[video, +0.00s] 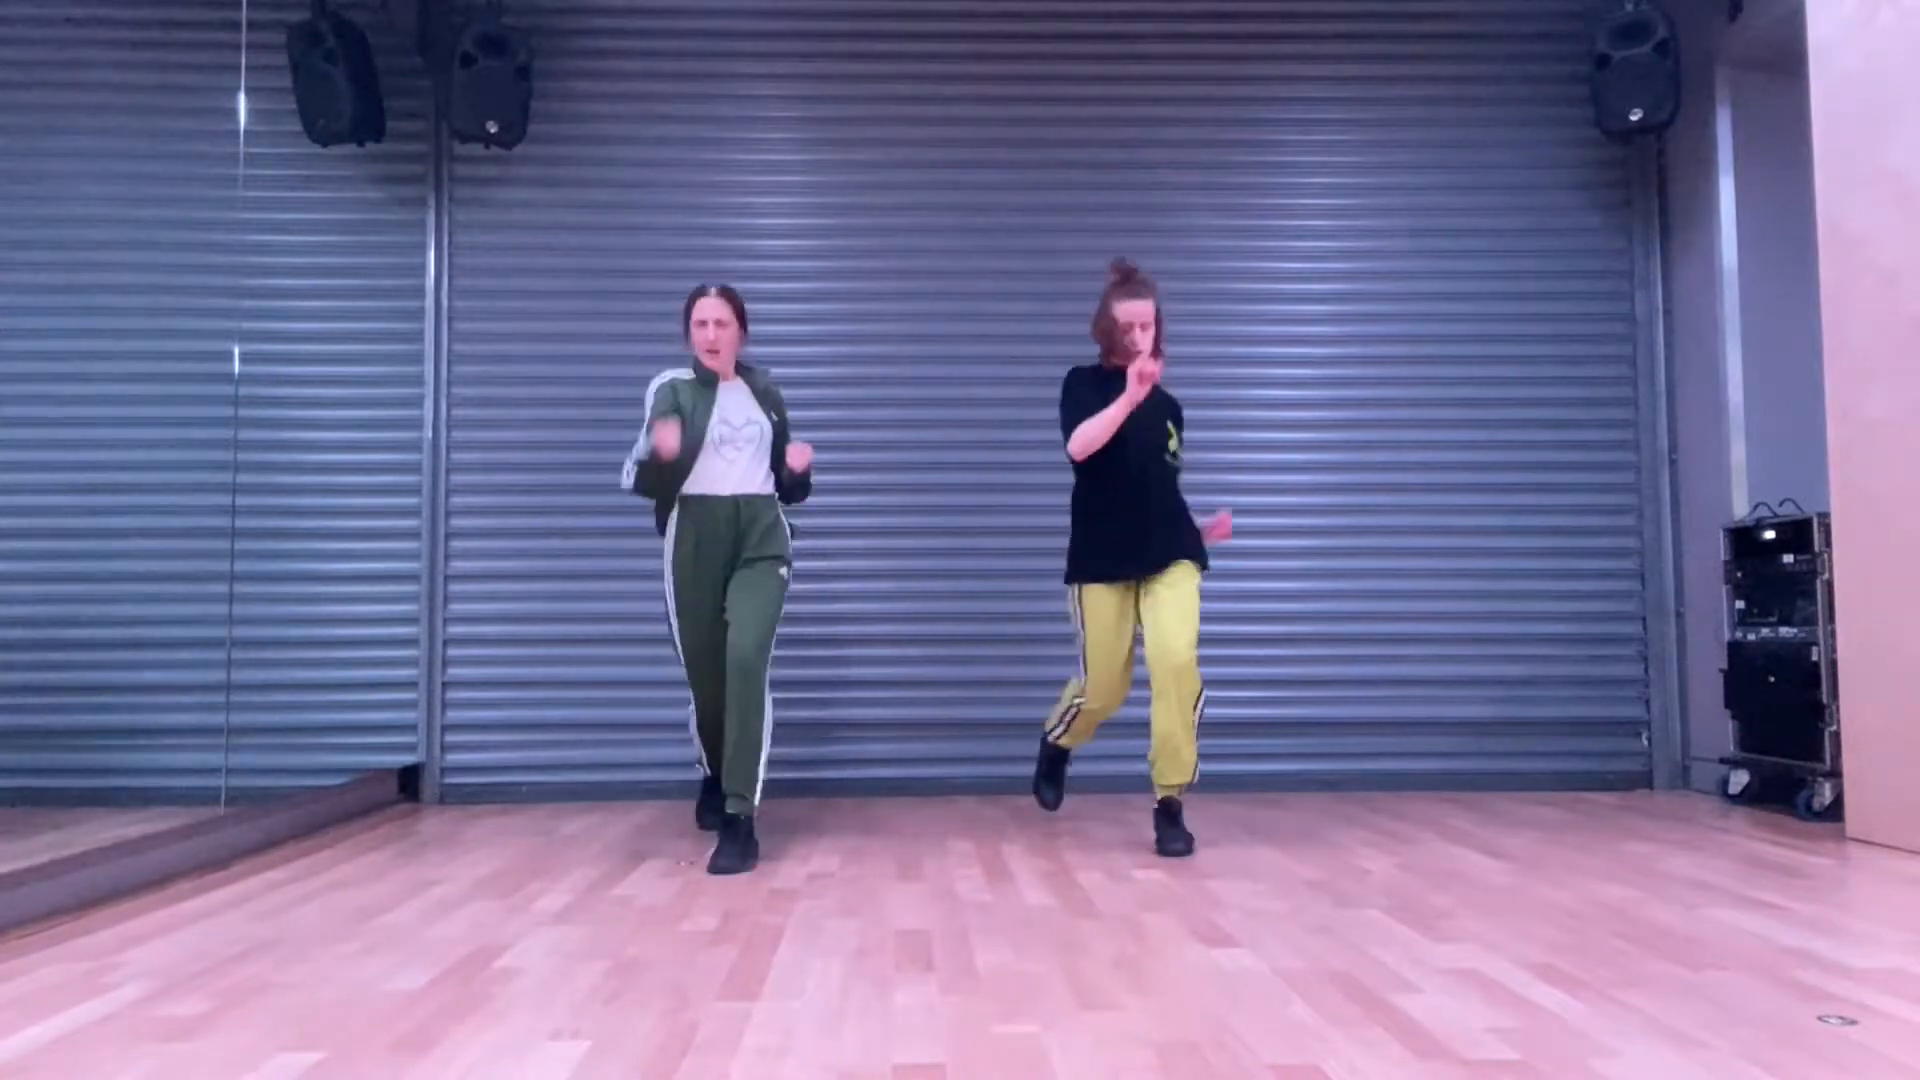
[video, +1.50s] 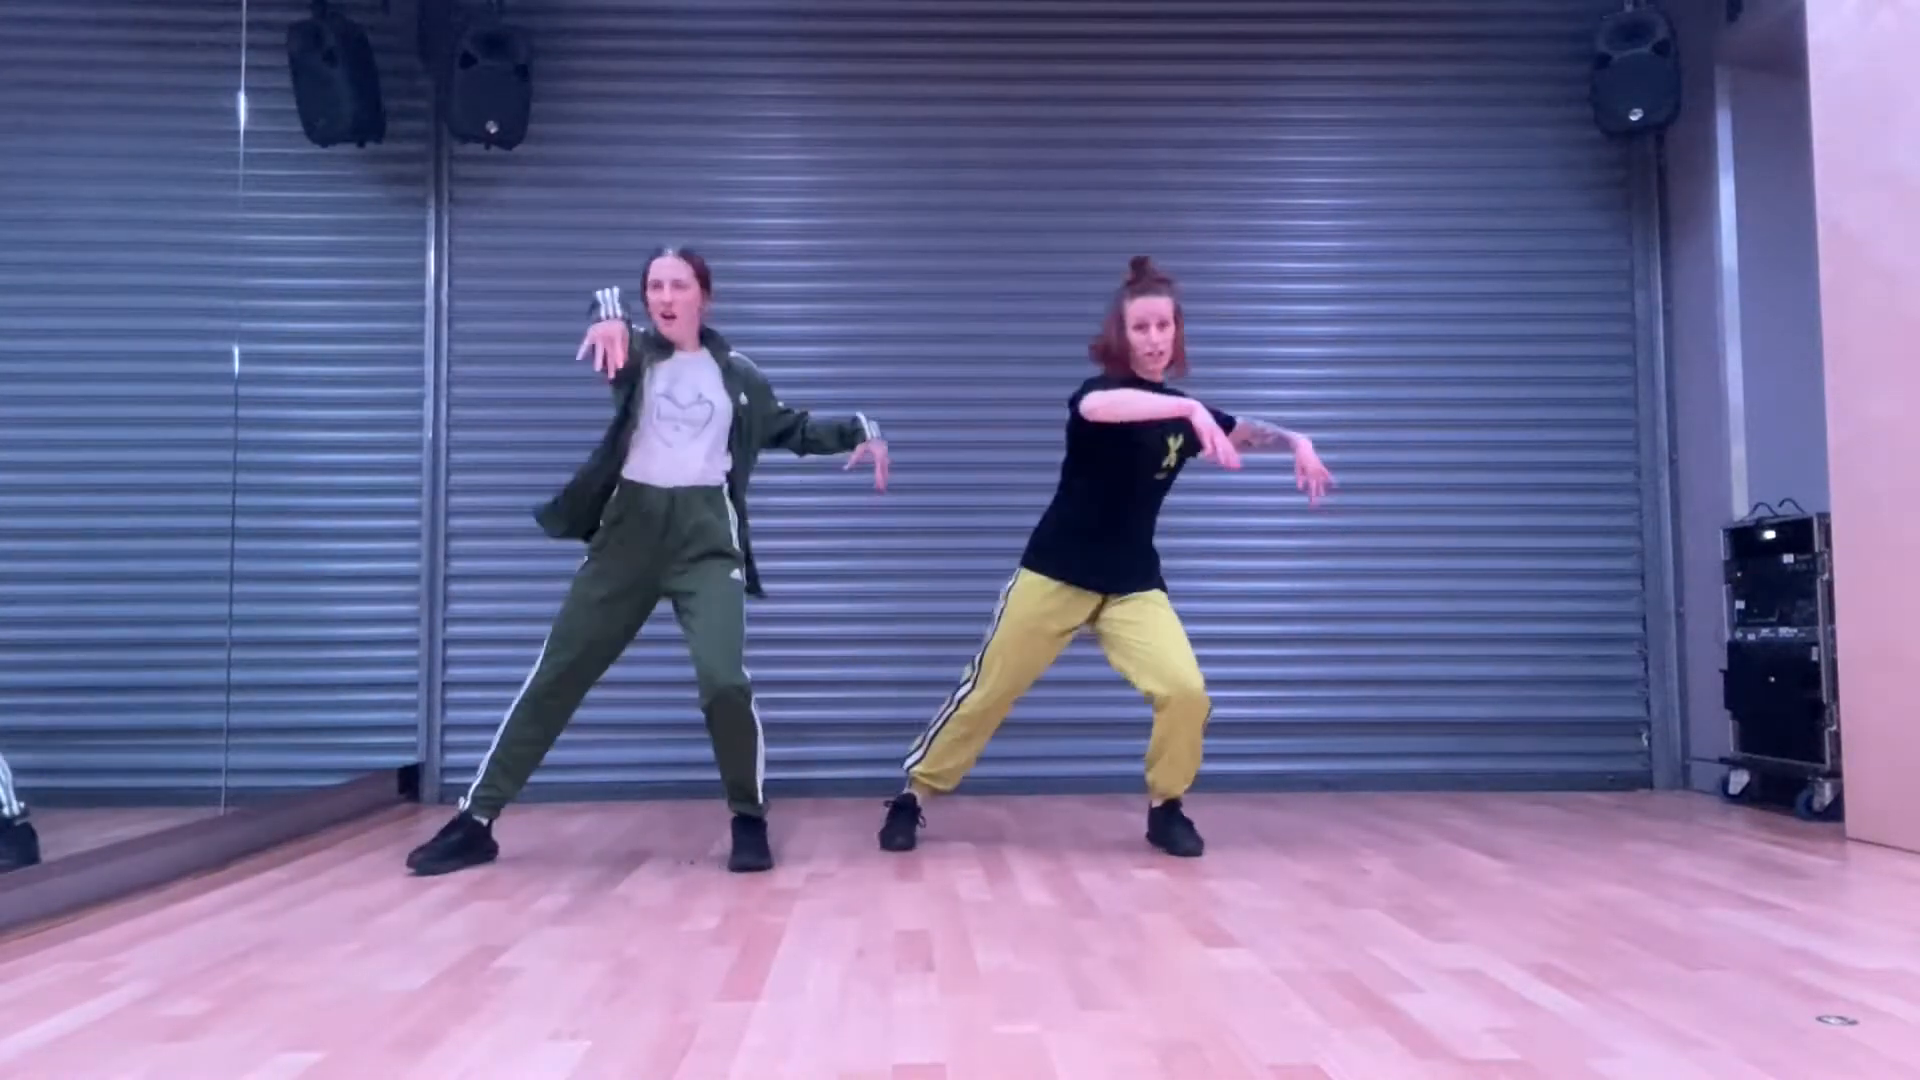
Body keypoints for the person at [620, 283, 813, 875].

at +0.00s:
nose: (711, 334)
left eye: (722, 324)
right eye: (701, 325)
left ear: (741, 333)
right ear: (688, 334)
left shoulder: (765, 394)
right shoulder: (671, 389)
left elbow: (786, 492)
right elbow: (644, 485)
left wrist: (795, 472)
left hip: (761, 535)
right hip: (696, 534)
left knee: (745, 656)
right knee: (703, 665)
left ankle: (740, 814)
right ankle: (714, 775)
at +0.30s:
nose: (714, 293)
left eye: (724, 283)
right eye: (704, 285)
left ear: (745, 296)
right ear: (690, 298)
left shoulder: (778, 360)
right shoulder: (666, 367)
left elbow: (808, 438)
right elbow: (653, 437)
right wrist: (646, 479)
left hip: (762, 488)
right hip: (691, 488)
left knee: (755, 655)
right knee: (682, 545)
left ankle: (745, 810)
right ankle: (689, 693)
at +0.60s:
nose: (718, 305)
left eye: (730, 296)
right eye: (708, 296)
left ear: (751, 309)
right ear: (695, 309)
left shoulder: (774, 374)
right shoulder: (676, 362)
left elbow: (796, 435)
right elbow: (616, 412)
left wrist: (808, 457)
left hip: (765, 534)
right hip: (696, 535)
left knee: (748, 663)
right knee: (703, 672)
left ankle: (740, 814)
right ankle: (716, 784)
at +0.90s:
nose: (704, 291)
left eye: (717, 281)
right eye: (695, 281)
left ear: (740, 295)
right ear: (681, 295)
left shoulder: (758, 364)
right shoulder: (666, 362)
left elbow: (749, 460)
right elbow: (667, 456)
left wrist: (686, 412)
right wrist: (644, 493)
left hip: (750, 512)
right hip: (688, 502)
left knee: (732, 667)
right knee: (658, 528)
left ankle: (735, 819)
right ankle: (616, 547)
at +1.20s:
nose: (698, 304)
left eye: (710, 293)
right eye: (688, 296)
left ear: (736, 303)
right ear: (678, 309)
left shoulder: (772, 375)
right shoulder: (666, 378)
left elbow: (796, 449)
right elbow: (624, 461)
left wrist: (803, 493)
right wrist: (630, 423)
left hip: (737, 520)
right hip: (661, 512)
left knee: (743, 671)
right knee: (549, 620)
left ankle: (742, 821)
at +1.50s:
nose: (665, 297)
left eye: (678, 286)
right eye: (656, 287)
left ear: (705, 296)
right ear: (646, 299)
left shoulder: (736, 374)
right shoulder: (638, 352)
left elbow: (787, 429)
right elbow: (616, 339)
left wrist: (856, 434)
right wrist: (609, 324)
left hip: (707, 532)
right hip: (629, 526)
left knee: (724, 681)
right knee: (558, 672)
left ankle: (748, 819)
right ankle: (475, 820)